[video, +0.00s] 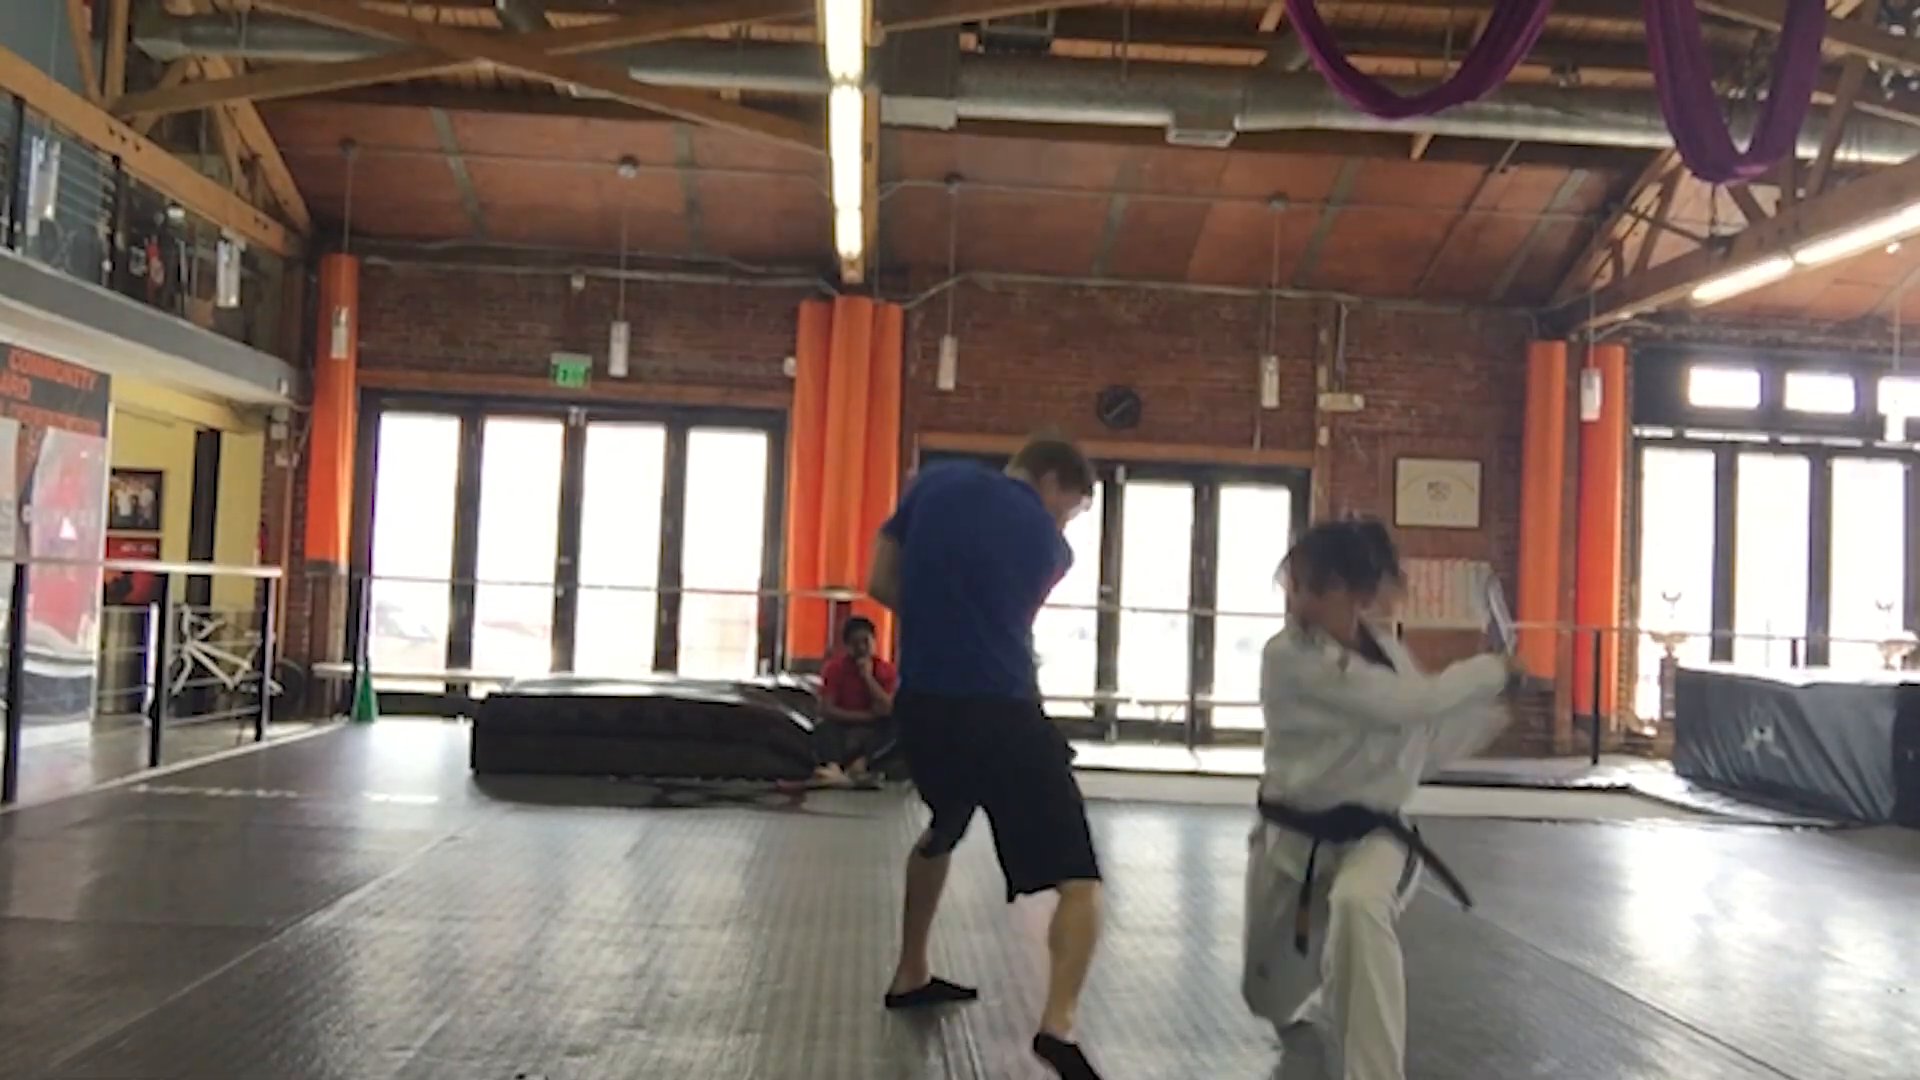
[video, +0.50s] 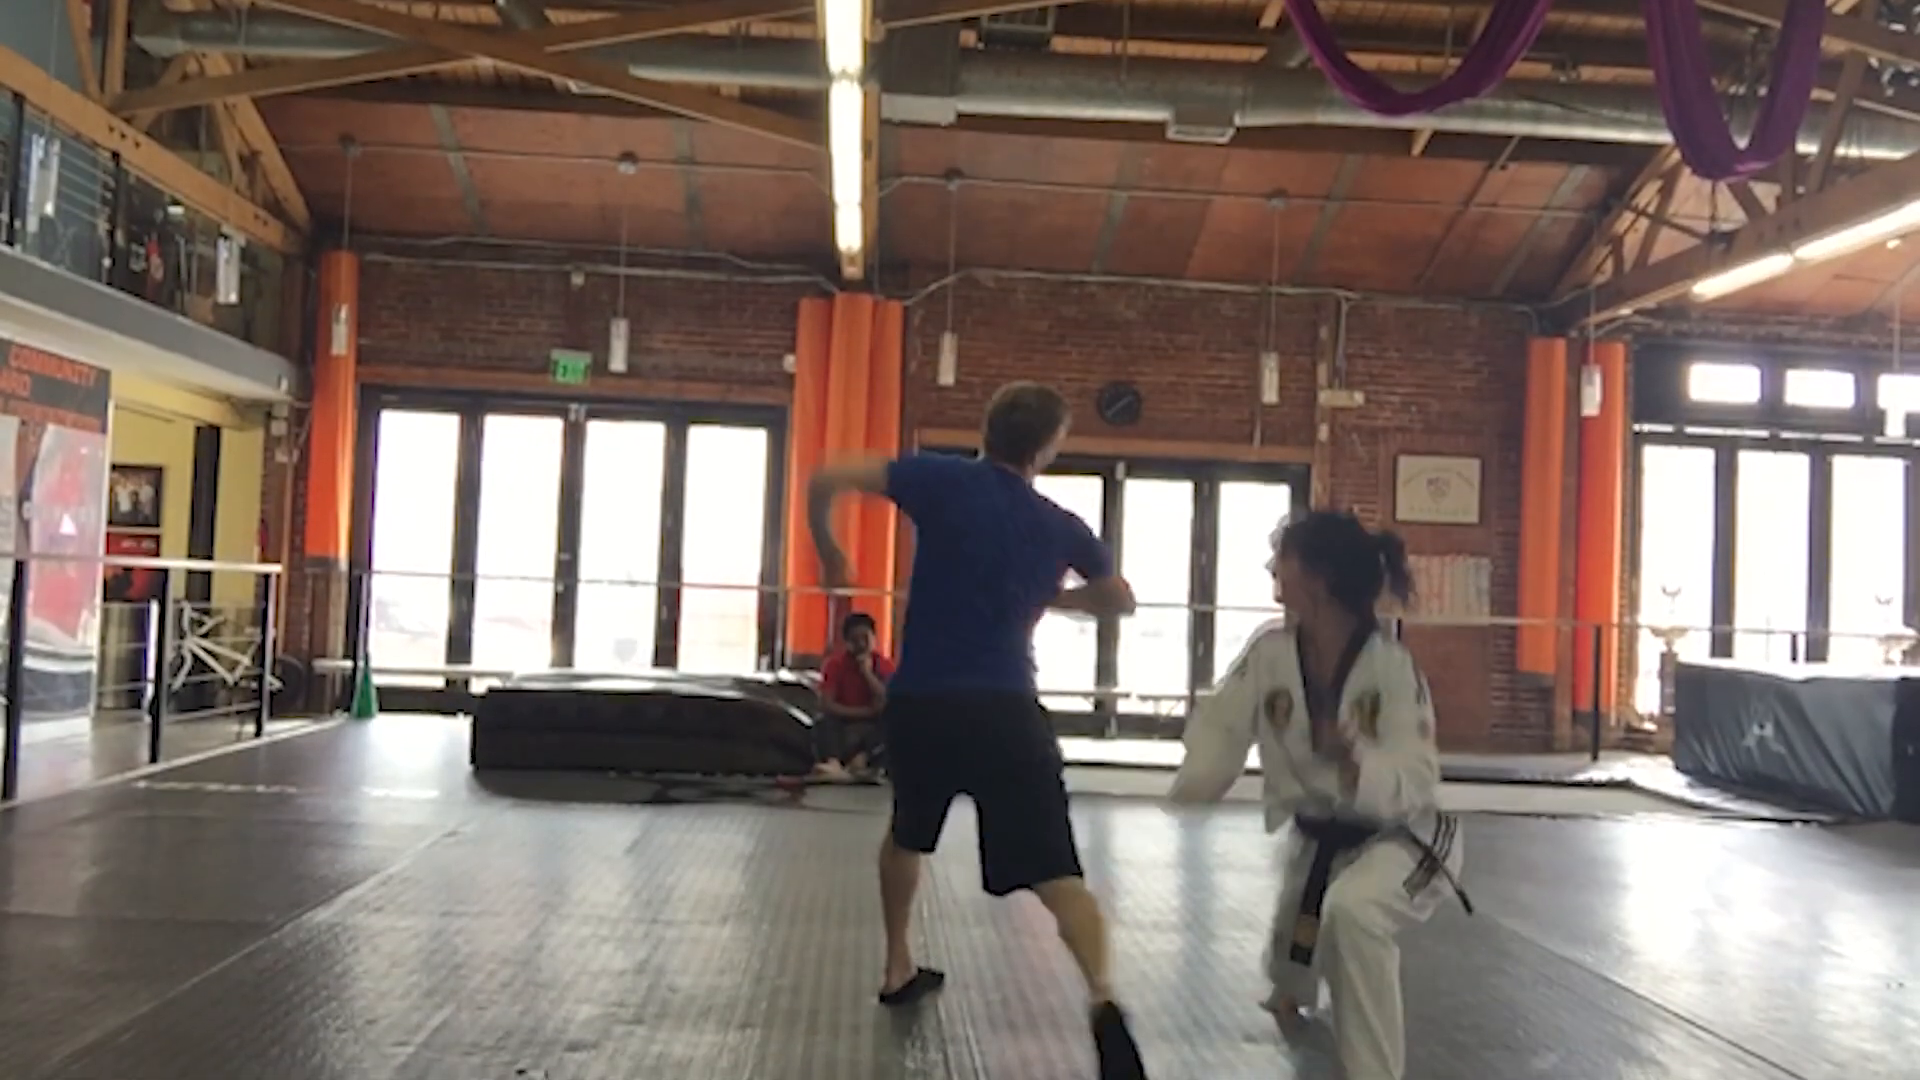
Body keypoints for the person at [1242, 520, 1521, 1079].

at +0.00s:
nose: (1294, 600)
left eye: (1310, 587)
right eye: (1292, 585)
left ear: (1360, 596)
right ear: (1290, 588)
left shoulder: (1389, 654)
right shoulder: (1288, 656)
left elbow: (1421, 754)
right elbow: (1403, 702)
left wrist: (1497, 709)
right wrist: (1496, 667)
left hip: (1374, 831)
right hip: (1290, 834)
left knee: (1357, 903)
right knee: (1271, 992)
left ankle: (1373, 1072)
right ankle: (1299, 1015)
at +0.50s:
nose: (1274, 580)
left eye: (1283, 568)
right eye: (1276, 567)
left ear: (1323, 580)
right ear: (1317, 581)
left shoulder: (1389, 663)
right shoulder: (1270, 652)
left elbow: (1417, 779)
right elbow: (1220, 725)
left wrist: (1355, 758)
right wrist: (1191, 798)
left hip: (1398, 830)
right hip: (1315, 828)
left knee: (1352, 909)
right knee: (1286, 955)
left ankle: (1374, 1071)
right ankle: (1291, 993)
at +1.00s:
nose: (1332, 437)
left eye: (1339, 427)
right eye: (1337, 425)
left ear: (1353, 438)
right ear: (1414, 444)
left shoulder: (1304, 512)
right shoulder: (1430, 526)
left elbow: (1244, 554)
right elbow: (1403, 594)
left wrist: (1255, 492)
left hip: (1308, 697)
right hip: (1396, 700)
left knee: (1292, 877)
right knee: (1389, 878)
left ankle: (1320, 1051)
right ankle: (1398, 1046)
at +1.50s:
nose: (1258, 479)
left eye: (1265, 468)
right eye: (1258, 467)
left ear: (1298, 470)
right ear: (1321, 464)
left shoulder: (1326, 532)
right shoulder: (1357, 498)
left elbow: (1236, 597)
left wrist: (1256, 533)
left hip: (1359, 721)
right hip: (1377, 709)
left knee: (1270, 897)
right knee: (1351, 874)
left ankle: (1232, 1068)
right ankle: (1393, 1018)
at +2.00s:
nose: (1359, 474)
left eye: (1366, 464)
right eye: (1369, 464)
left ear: (1374, 476)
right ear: (1429, 489)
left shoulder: (1324, 537)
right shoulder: (1420, 562)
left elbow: (1253, 612)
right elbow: (1371, 626)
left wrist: (1231, 570)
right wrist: (1270, 573)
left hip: (1289, 721)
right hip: (1374, 727)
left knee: (1236, 895)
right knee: (1366, 867)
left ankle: (1213, 1062)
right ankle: (1404, 1030)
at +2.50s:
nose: (1421, 495)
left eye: (1425, 481)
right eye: (1416, 479)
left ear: (1360, 468)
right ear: (1380, 470)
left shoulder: (1283, 516)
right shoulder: (1388, 532)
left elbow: (1218, 593)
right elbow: (1468, 567)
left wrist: (1262, 647)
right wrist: (1464, 535)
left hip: (1258, 700)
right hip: (1338, 706)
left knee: (1297, 873)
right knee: (1360, 887)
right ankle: (1333, 1057)